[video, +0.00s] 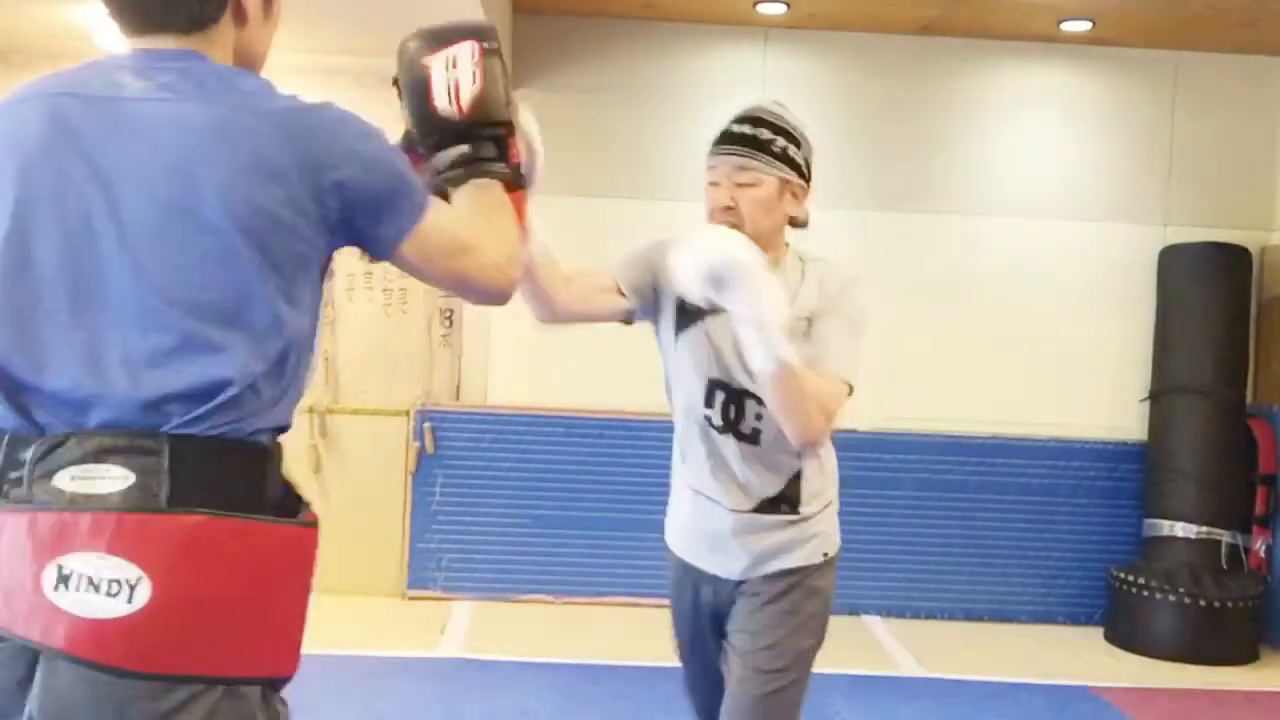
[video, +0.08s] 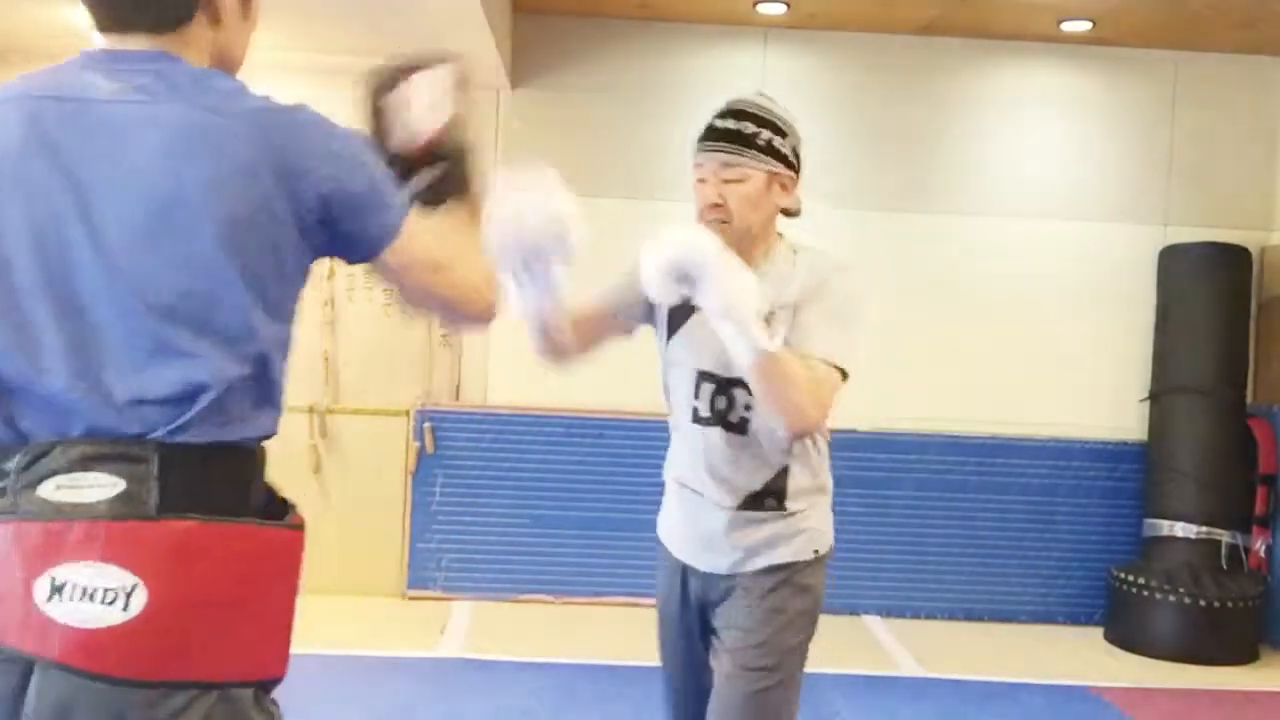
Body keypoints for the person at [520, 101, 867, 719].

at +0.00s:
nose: (724, 199)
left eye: (745, 183)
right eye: (714, 183)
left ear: (795, 196)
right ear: (701, 189)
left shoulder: (829, 289)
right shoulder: (677, 267)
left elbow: (809, 423)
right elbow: (556, 298)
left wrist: (750, 302)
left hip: (789, 560)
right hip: (694, 549)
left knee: (751, 711)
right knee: (710, 706)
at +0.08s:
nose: (711, 199)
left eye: (732, 180)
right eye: (701, 180)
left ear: (784, 188)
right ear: (690, 184)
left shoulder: (819, 282)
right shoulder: (676, 267)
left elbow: (802, 411)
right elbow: (563, 341)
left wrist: (733, 308)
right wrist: (535, 269)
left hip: (776, 559)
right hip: (683, 545)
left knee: (741, 711)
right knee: (686, 708)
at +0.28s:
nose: (661, 229)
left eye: (682, 210)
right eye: (654, 209)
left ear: (734, 218)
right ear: (645, 214)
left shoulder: (777, 321)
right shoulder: (646, 310)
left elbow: (844, 465)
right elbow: (567, 431)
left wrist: (770, 407)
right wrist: (573, 357)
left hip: (762, 588)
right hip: (678, 584)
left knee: (694, 710)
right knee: (691, 708)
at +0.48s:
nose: (702, 187)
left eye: (728, 169)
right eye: (695, 168)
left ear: (784, 187)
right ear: (683, 176)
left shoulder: (814, 327)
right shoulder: (650, 262)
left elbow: (892, 454)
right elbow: (535, 344)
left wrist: (972, 472)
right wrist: (470, 325)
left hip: (680, 593)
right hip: (583, 565)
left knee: (618, 709)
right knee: (567, 707)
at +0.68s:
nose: (804, 181)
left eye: (806, 163)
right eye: (791, 159)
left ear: (811, 175)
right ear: (727, 156)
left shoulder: (831, 294)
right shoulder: (663, 251)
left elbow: (829, 406)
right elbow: (543, 367)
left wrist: (764, 261)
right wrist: (411, 415)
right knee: (345, 442)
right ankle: (84, 453)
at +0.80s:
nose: (664, 163)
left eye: (686, 142)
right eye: (663, 142)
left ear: (759, 149)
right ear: (678, 147)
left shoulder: (816, 285)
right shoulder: (654, 231)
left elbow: (774, 443)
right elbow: (604, 372)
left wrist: (713, 315)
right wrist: (492, 402)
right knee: (323, 500)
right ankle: (107, 513)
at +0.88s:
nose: (647, 163)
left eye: (667, 141)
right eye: (647, 143)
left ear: (739, 146)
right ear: (719, 149)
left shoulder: (799, 278)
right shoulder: (652, 246)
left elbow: (761, 440)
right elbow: (606, 388)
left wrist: (688, 313)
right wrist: (483, 409)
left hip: (643, 581)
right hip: (553, 496)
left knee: (599, 713)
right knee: (349, 557)